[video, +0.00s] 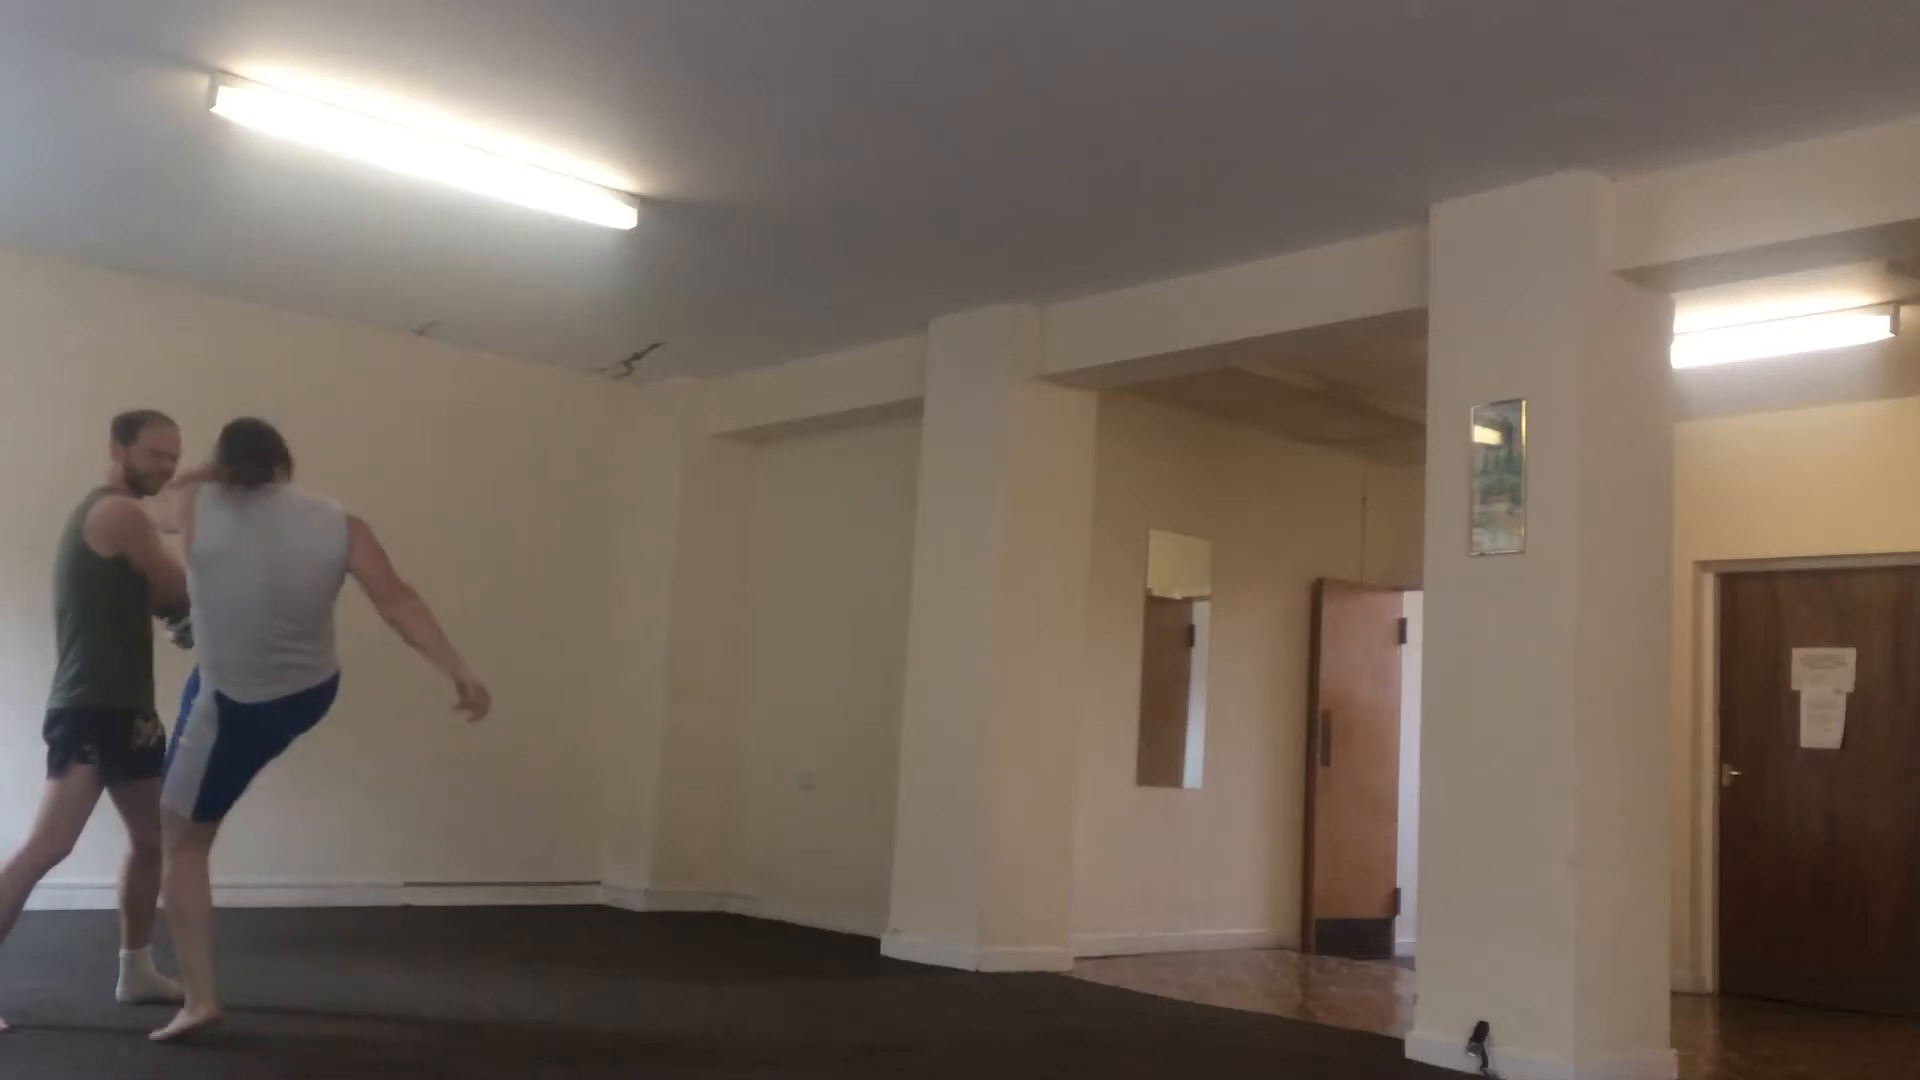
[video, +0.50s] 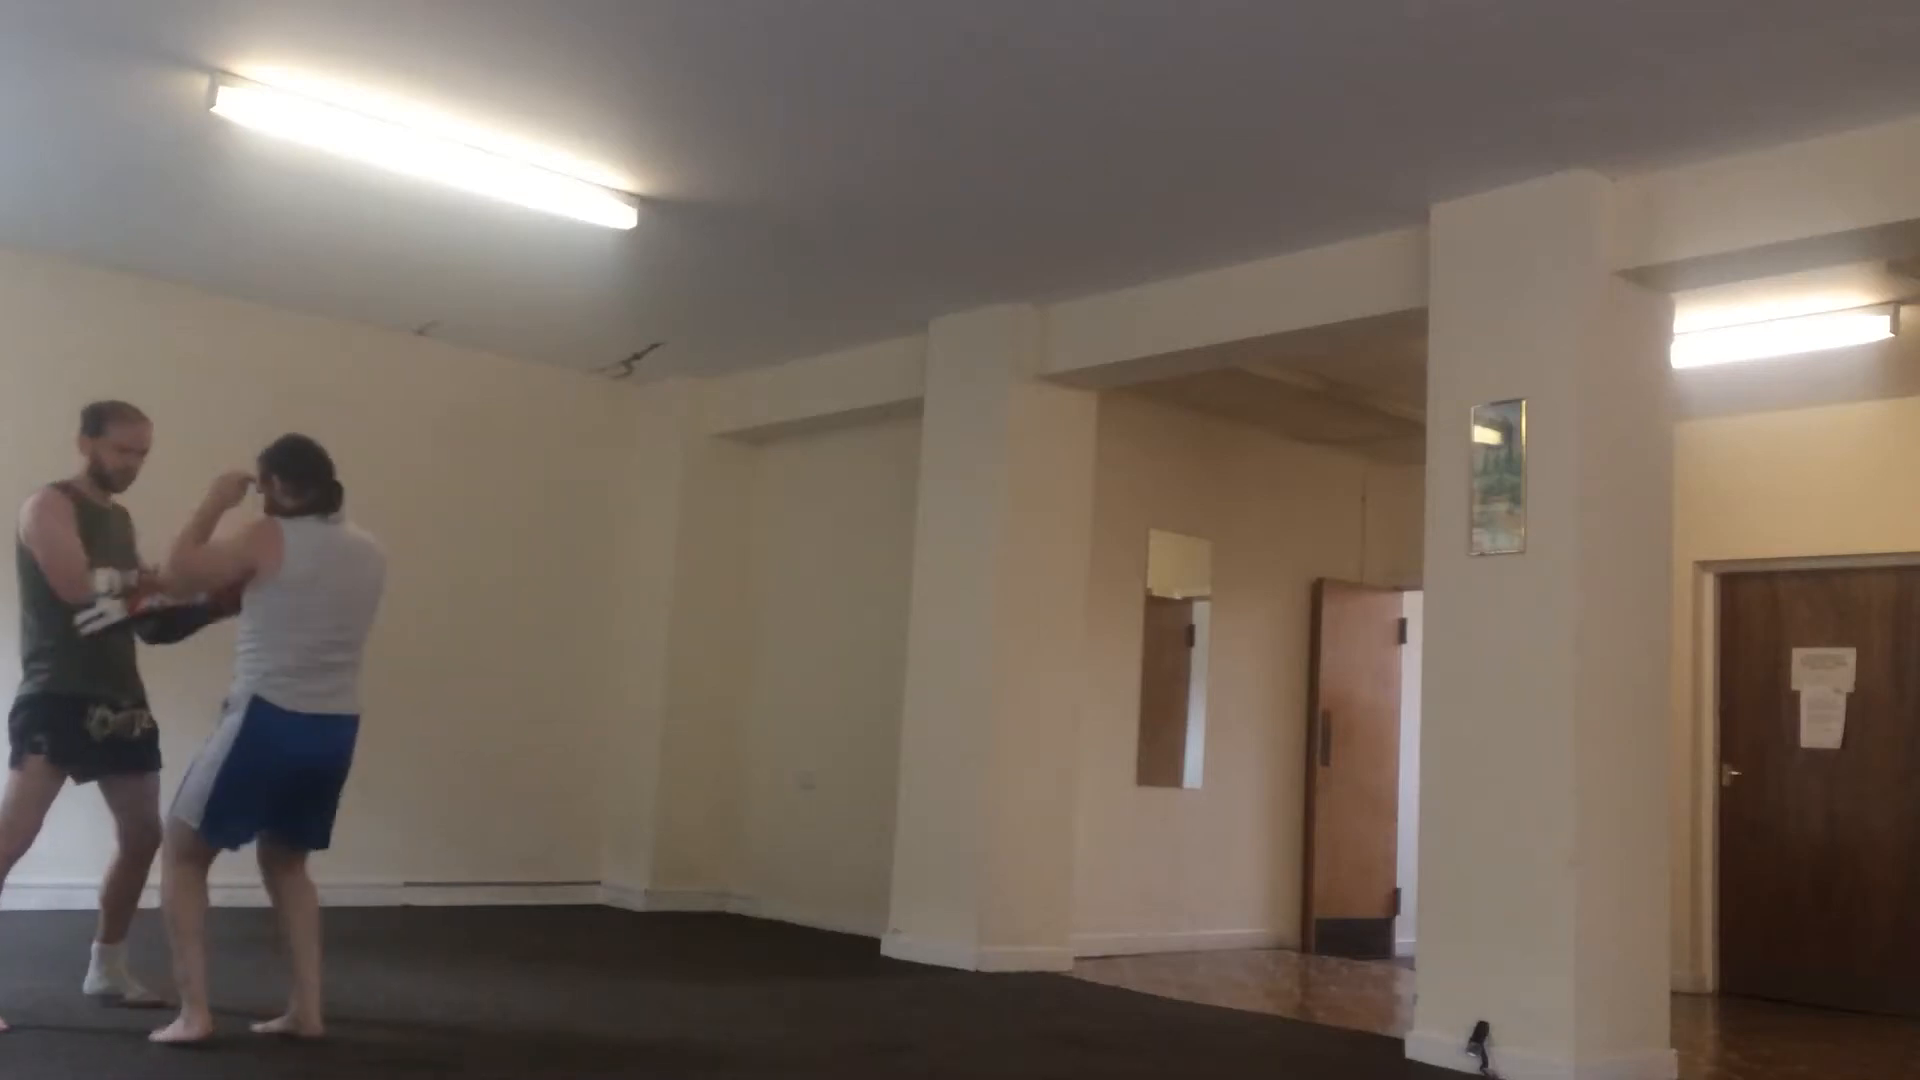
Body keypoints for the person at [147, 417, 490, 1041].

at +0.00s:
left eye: (209, 460)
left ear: (222, 468)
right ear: (287, 467)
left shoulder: (199, 507)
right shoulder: (337, 524)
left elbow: (158, 503)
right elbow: (396, 604)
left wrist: (207, 475)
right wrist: (460, 673)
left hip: (233, 707)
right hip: (311, 694)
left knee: (183, 843)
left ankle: (200, 999)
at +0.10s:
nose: (301, 468)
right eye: (298, 460)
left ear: (229, 461)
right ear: (291, 461)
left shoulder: (203, 499)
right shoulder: (335, 516)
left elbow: (179, 494)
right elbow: (410, 586)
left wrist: (230, 470)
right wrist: (484, 651)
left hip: (227, 703)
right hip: (308, 691)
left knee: (185, 837)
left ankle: (195, 987)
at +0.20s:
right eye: (296, 458)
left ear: (235, 460)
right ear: (300, 462)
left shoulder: (215, 503)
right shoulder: (342, 520)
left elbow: (165, 492)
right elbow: (414, 596)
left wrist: (224, 463)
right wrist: (466, 624)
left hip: (228, 705)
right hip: (304, 699)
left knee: (183, 849)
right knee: (271, 704)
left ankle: (195, 1001)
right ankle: (297, 795)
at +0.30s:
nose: (240, 466)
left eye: (245, 458)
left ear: (249, 464)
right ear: (311, 465)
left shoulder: (230, 511)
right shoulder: (349, 526)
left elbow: (155, 512)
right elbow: (398, 601)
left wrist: (216, 472)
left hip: (231, 703)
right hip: (305, 705)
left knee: (182, 853)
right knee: (267, 786)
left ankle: (196, 1006)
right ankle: (301, 891)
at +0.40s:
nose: (251, 472)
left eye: (255, 464)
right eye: (254, 463)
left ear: (267, 473)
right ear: (320, 472)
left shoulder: (248, 522)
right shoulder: (360, 535)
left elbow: (159, 545)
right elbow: (377, 594)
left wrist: (216, 486)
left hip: (242, 718)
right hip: (318, 723)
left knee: (177, 853)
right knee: (273, 846)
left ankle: (190, 1007)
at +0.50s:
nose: (262, 490)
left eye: (266, 481)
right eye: (264, 480)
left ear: (277, 486)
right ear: (328, 484)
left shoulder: (268, 539)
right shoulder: (369, 553)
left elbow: (181, 567)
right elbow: (299, 599)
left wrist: (214, 503)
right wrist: (202, 601)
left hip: (262, 728)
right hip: (333, 735)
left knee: (184, 852)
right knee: (284, 856)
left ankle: (195, 1011)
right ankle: (306, 1010)